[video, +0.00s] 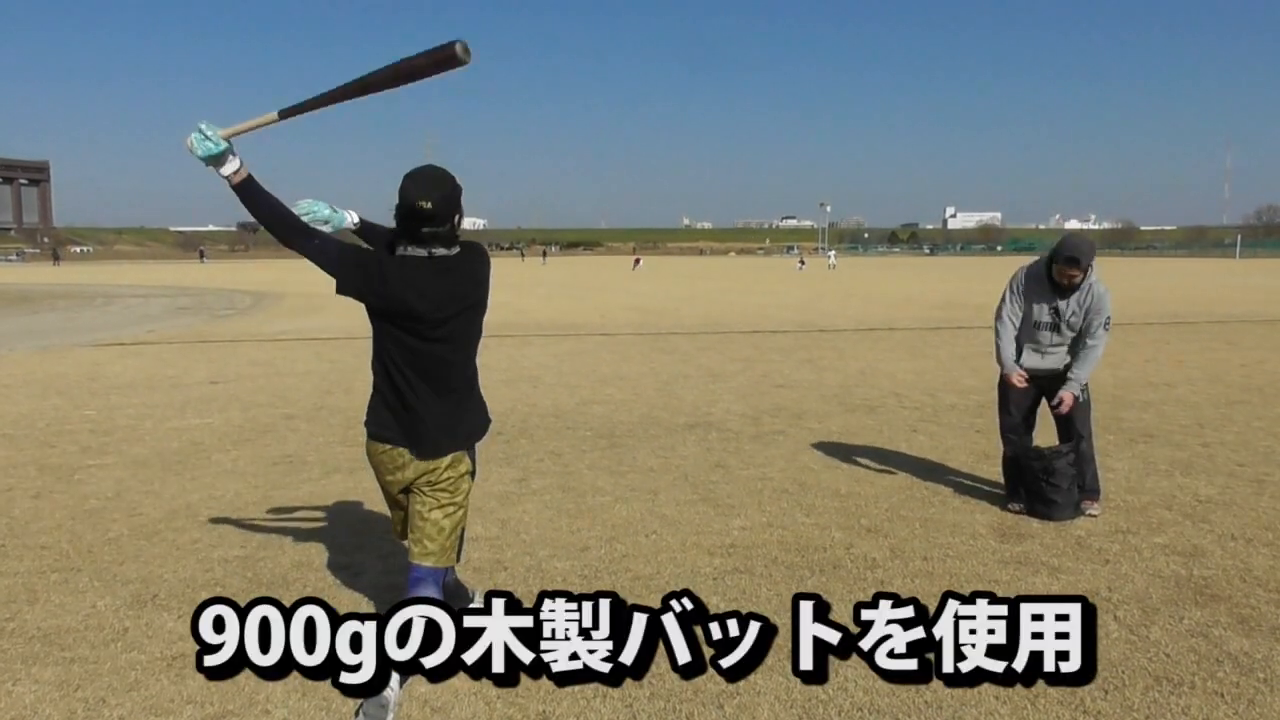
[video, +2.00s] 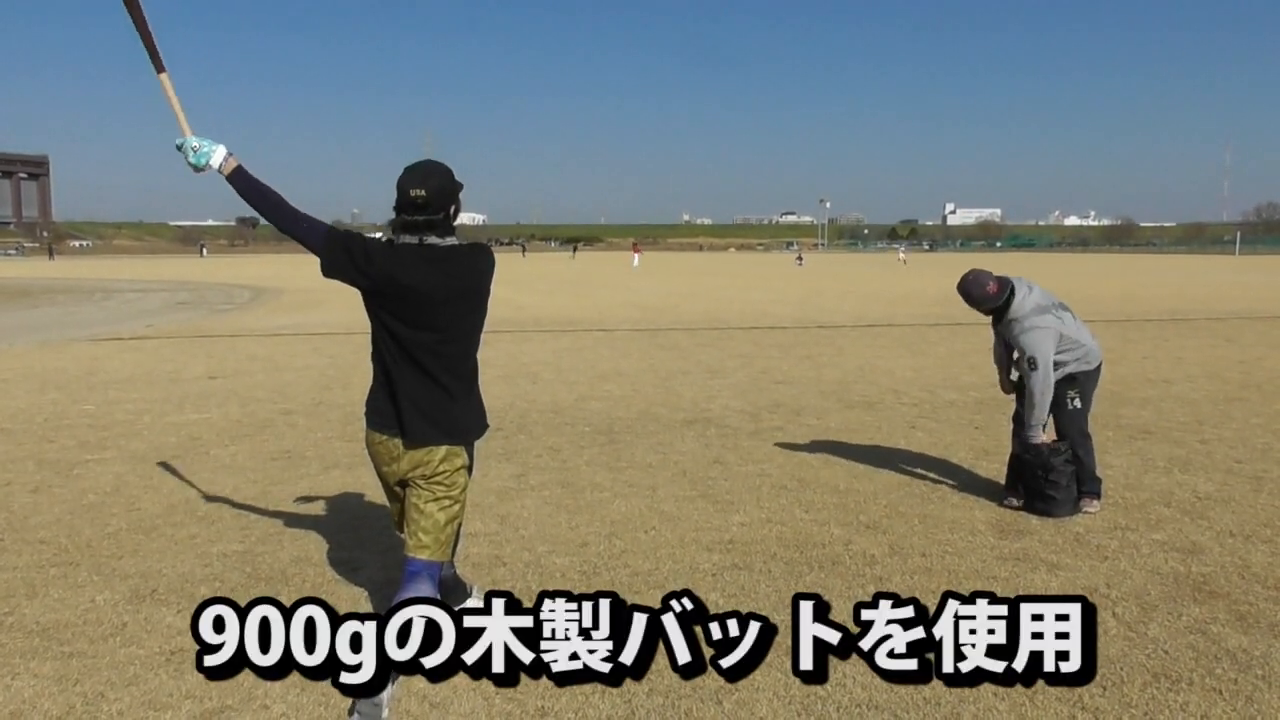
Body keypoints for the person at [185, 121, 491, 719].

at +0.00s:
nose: (450, 216)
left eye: (410, 208)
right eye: (454, 210)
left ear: (400, 217)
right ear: (457, 221)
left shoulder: (379, 271)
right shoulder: (475, 264)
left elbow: (297, 233)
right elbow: (409, 243)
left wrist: (233, 169)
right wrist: (349, 221)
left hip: (387, 437)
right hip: (452, 439)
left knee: (424, 540)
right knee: (426, 570)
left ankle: (464, 607)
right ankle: (387, 686)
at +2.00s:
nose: (451, 207)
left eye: (412, 199)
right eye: (451, 201)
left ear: (399, 207)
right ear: (452, 211)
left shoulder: (375, 259)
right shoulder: (479, 263)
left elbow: (292, 220)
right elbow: (449, 243)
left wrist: (225, 163)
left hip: (385, 432)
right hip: (447, 437)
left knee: (424, 535)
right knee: (421, 567)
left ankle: (455, 596)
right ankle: (376, 690)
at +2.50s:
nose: (460, 207)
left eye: (453, 199)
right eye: (457, 201)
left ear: (400, 206)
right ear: (451, 209)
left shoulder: (374, 257)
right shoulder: (480, 265)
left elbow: (294, 245)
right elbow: (495, 317)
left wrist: (215, 224)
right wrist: (445, 287)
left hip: (385, 434)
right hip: (445, 438)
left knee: (422, 536)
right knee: (420, 569)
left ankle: (454, 598)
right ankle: (373, 689)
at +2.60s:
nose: (462, 209)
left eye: (456, 200)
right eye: (459, 203)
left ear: (402, 206)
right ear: (452, 209)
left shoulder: (373, 257)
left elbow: (293, 264)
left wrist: (216, 261)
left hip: (384, 431)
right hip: (446, 439)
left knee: (422, 531)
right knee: (422, 565)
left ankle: (458, 598)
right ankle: (372, 690)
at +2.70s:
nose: (461, 213)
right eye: (460, 207)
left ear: (403, 209)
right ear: (453, 212)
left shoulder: (372, 257)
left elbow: (305, 284)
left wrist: (234, 303)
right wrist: (537, 430)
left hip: (386, 432)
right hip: (446, 440)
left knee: (421, 534)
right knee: (419, 567)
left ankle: (452, 597)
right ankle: (372, 691)